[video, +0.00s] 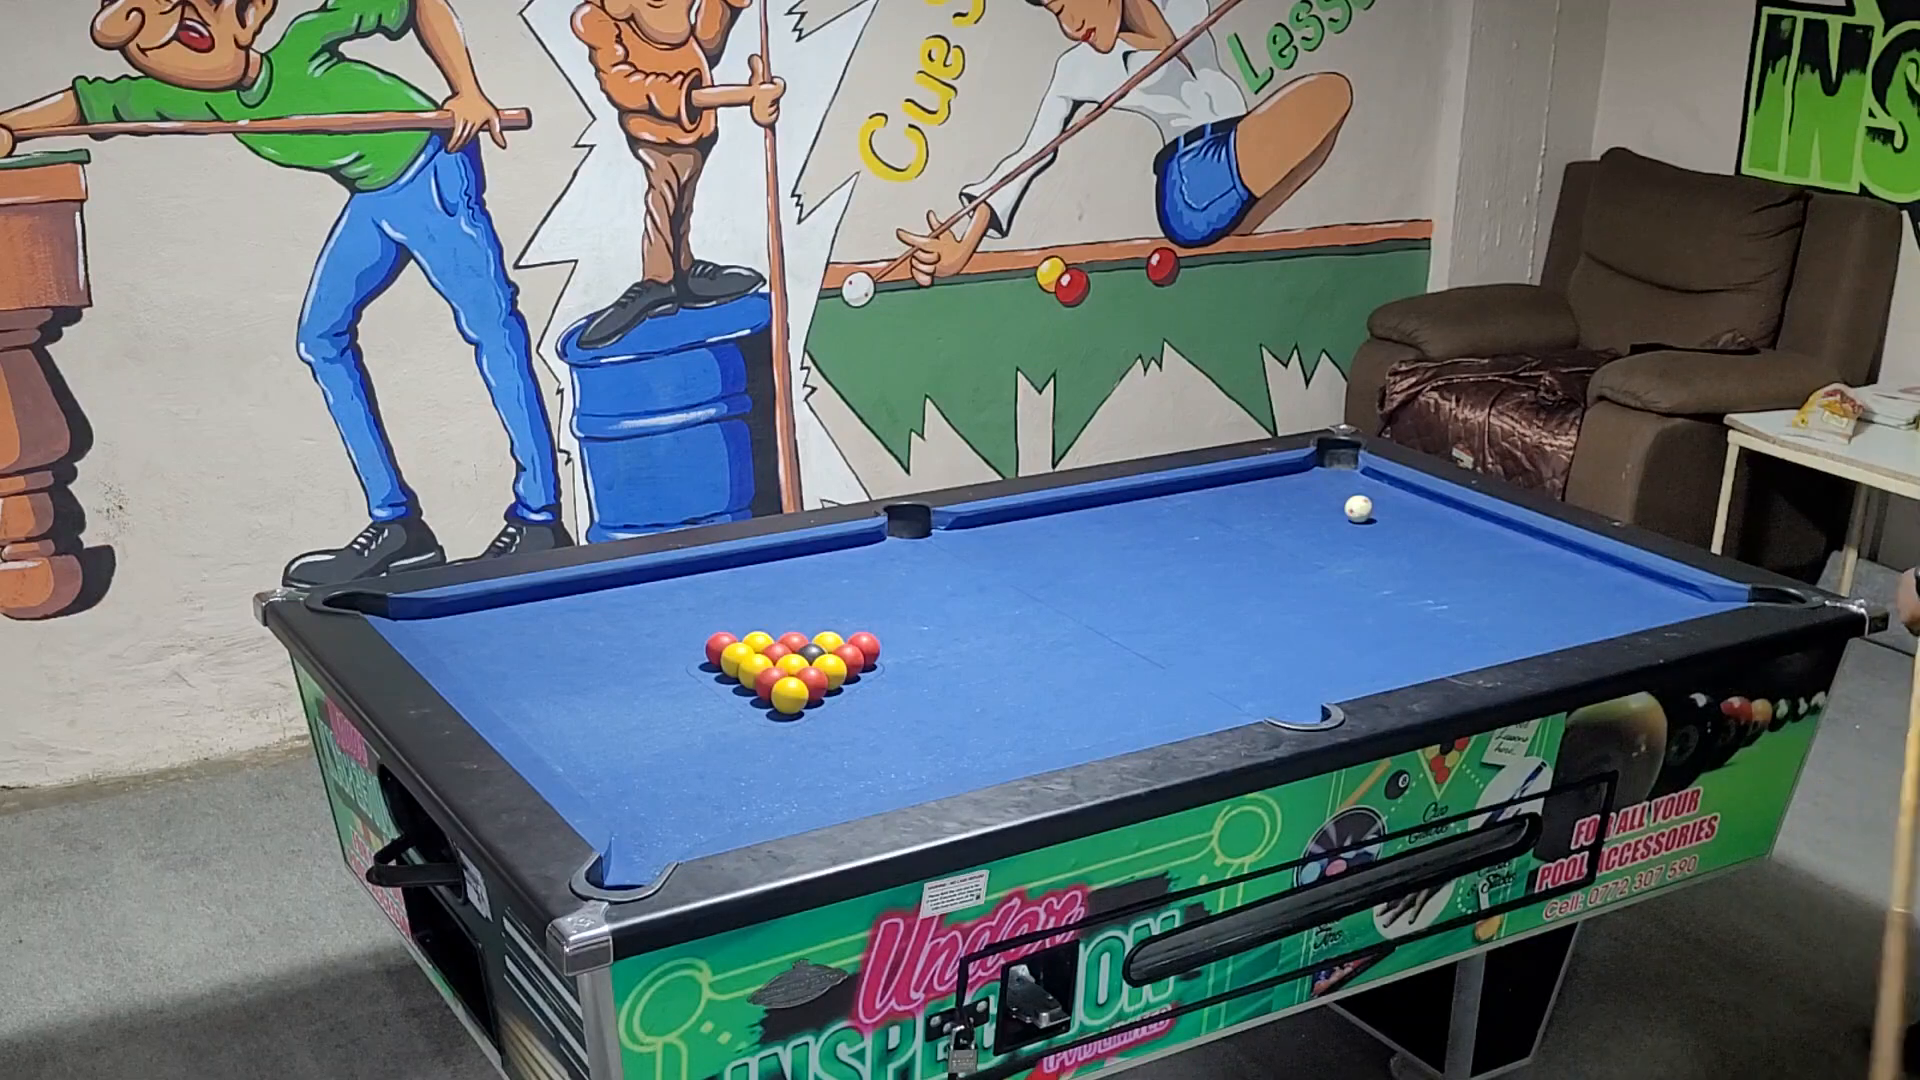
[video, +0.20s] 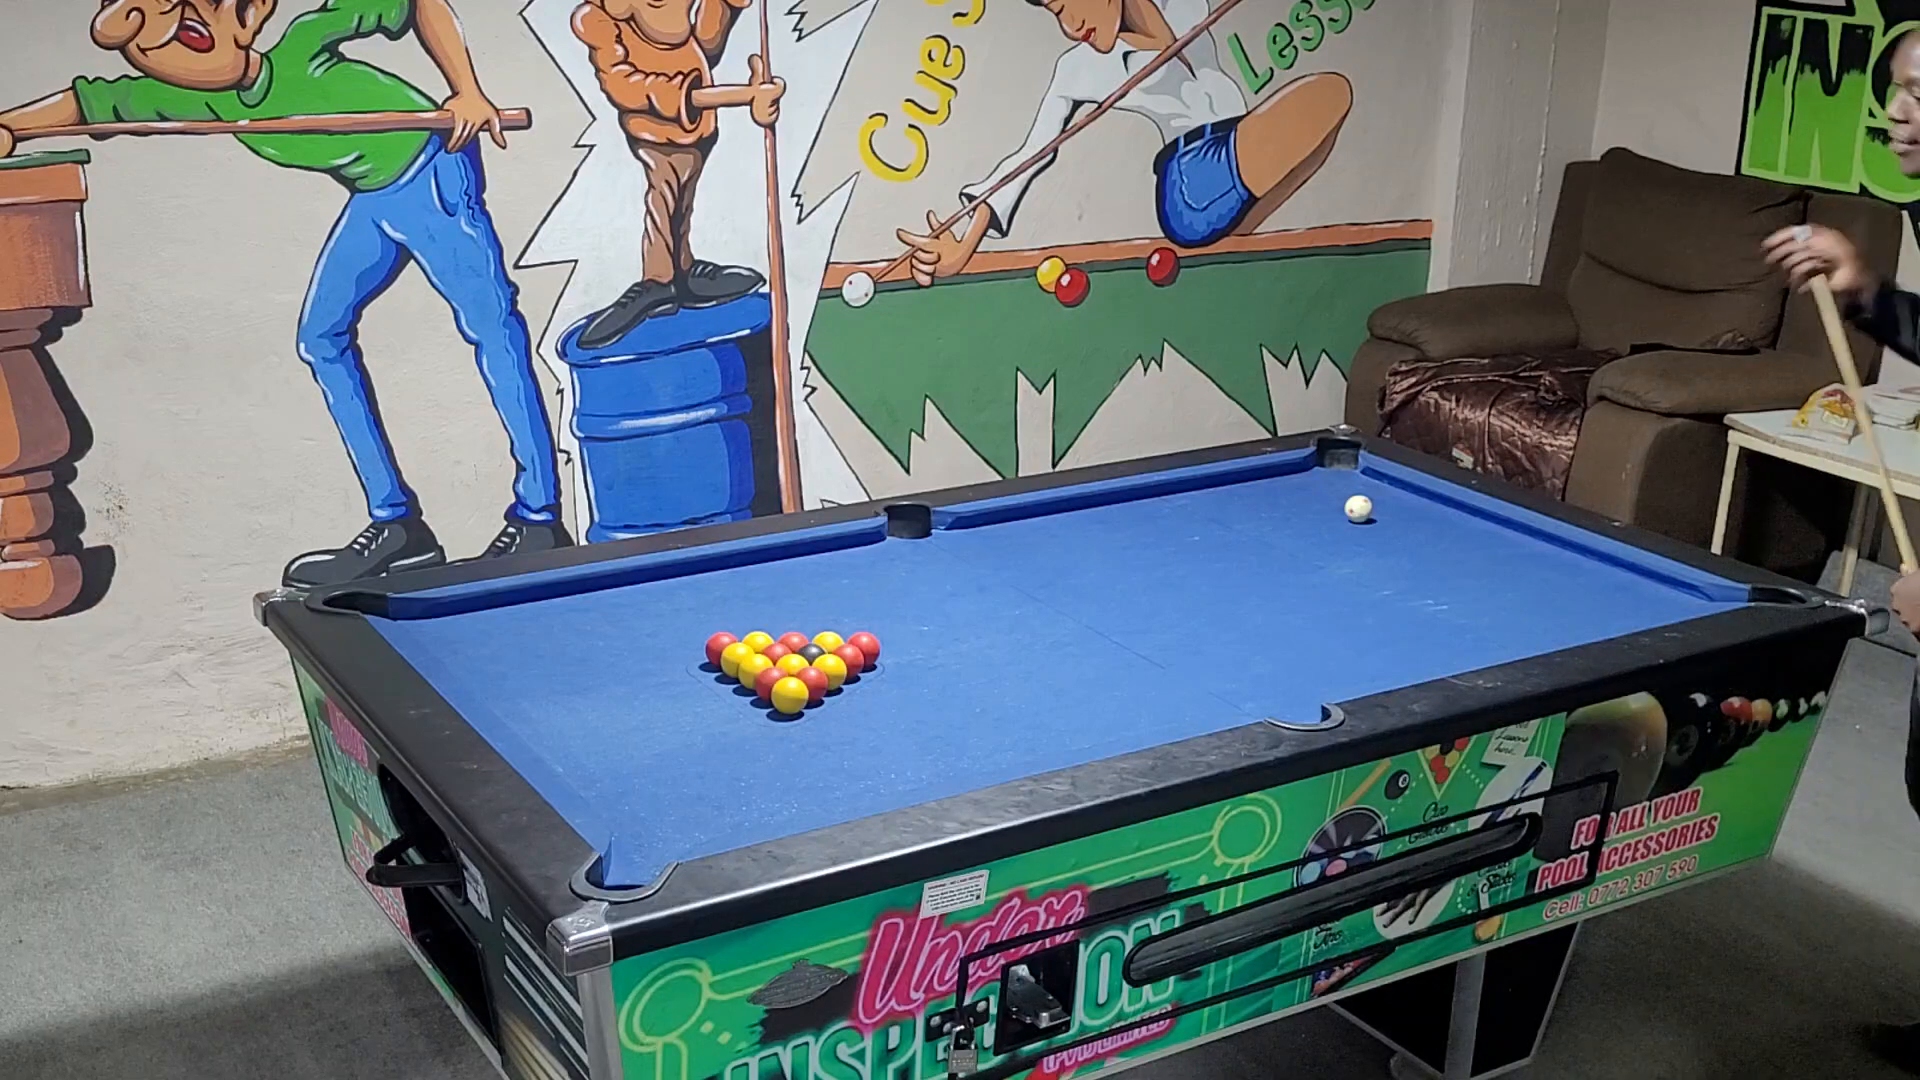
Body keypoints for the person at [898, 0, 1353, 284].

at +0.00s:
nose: (1070, 24)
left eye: (1071, 5)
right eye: (1057, 15)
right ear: (1055, 18)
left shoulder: (1175, 9)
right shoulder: (1077, 69)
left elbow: (1198, 57)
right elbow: (1028, 157)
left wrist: (1139, 13)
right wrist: (964, 245)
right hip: (1194, 182)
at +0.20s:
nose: (1070, 23)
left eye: (1072, 4)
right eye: (1056, 15)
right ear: (1055, 18)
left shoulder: (1175, 9)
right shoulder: (1076, 69)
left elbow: (1196, 56)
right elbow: (1029, 156)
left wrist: (1136, 10)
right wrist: (964, 244)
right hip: (1196, 179)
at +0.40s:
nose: (1070, 23)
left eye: (1072, 4)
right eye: (1056, 15)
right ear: (1055, 18)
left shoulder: (1175, 9)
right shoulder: (1076, 69)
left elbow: (1196, 56)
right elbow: (1029, 156)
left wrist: (1137, 11)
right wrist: (964, 244)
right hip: (1194, 181)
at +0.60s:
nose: (1070, 22)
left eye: (1072, 3)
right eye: (1057, 14)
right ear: (1055, 18)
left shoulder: (1174, 9)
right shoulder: (1076, 69)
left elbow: (1195, 55)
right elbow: (1028, 156)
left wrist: (1137, 11)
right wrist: (964, 245)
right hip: (1194, 179)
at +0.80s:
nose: (1069, 23)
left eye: (1070, 4)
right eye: (1056, 15)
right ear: (1055, 18)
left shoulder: (1176, 10)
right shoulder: (1076, 69)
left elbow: (1198, 55)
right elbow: (1029, 155)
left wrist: (1138, 12)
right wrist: (964, 245)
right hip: (1191, 184)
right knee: (1330, 91)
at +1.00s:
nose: (1069, 23)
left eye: (1071, 4)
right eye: (1056, 15)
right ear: (1055, 18)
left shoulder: (1176, 10)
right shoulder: (1076, 69)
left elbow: (1197, 55)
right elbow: (1029, 155)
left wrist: (1139, 12)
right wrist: (964, 244)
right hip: (1191, 184)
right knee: (1330, 91)